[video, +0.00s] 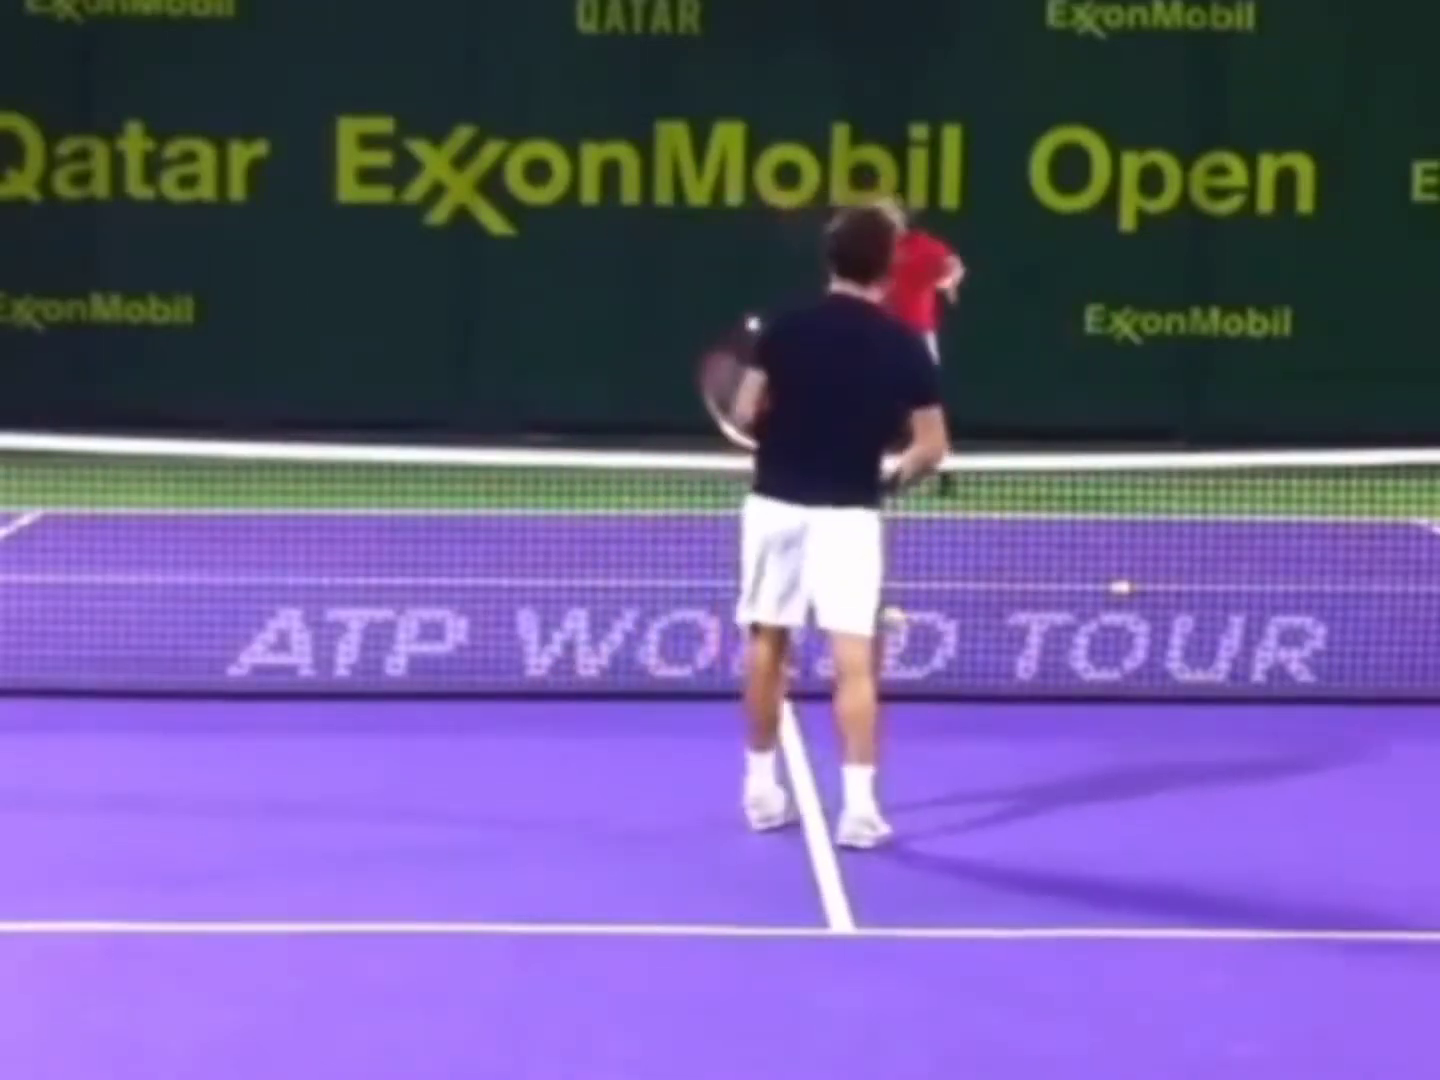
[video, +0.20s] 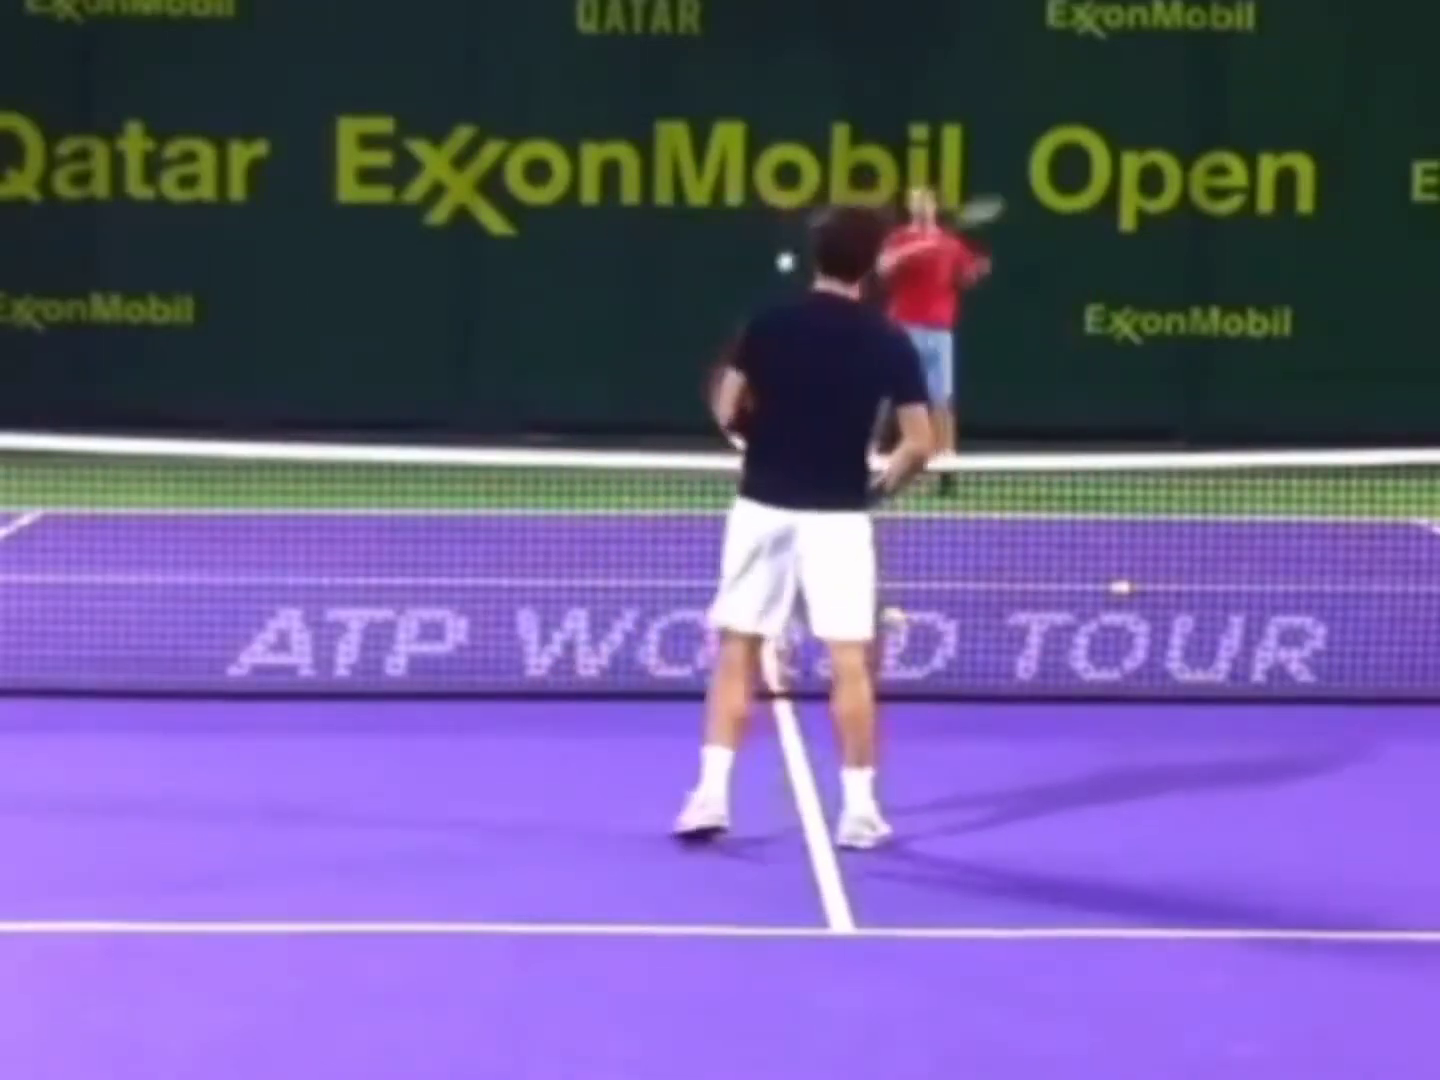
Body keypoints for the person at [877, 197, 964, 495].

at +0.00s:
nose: (885, 231)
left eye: (888, 224)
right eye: (880, 226)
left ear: (898, 223)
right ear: (876, 229)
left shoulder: (918, 245)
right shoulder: (875, 248)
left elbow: (953, 264)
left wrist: (944, 282)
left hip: (919, 332)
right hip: (882, 333)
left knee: (924, 401)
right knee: (890, 401)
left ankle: (938, 462)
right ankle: (892, 461)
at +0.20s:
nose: (923, 211)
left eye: (927, 205)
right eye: (917, 205)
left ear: (935, 208)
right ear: (909, 208)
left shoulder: (948, 242)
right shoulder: (900, 239)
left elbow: (964, 276)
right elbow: (883, 268)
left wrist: (978, 268)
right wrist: (917, 247)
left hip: (939, 325)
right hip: (905, 323)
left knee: (941, 395)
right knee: (904, 393)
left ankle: (945, 453)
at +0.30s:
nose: (929, 208)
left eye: (934, 201)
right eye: (924, 202)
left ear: (942, 206)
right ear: (915, 206)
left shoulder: (951, 243)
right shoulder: (911, 234)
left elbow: (963, 279)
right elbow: (917, 250)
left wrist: (987, 275)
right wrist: (958, 253)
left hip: (942, 326)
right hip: (909, 323)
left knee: (944, 398)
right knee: (900, 395)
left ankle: (948, 463)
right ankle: (890, 461)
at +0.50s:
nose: (941, 211)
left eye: (946, 204)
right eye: (935, 204)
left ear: (953, 209)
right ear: (928, 208)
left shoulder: (949, 244)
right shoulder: (925, 237)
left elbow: (944, 295)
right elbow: (936, 270)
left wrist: (969, 316)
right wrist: (966, 283)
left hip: (945, 328)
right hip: (918, 324)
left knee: (947, 400)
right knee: (912, 399)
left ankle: (948, 466)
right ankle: (877, 457)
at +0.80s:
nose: (941, 210)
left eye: (945, 204)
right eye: (936, 204)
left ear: (954, 208)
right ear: (928, 208)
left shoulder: (958, 243)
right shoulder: (914, 241)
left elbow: (961, 283)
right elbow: (898, 282)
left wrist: (966, 315)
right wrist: (932, 314)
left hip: (944, 333)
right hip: (910, 331)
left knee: (945, 397)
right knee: (909, 388)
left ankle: (948, 457)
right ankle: (889, 446)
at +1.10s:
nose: (907, 224)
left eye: (912, 218)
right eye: (903, 218)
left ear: (921, 222)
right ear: (896, 223)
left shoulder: (941, 257)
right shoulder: (882, 256)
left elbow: (951, 294)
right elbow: (868, 298)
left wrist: (934, 331)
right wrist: (889, 327)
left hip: (925, 343)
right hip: (889, 342)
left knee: (935, 406)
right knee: (865, 404)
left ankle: (947, 465)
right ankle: (845, 463)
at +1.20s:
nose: (899, 232)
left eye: (904, 226)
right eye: (895, 226)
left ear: (913, 230)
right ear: (888, 230)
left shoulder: (932, 265)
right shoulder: (876, 264)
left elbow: (941, 304)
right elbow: (860, 303)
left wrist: (926, 335)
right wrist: (870, 332)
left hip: (916, 349)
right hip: (879, 346)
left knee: (929, 408)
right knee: (860, 406)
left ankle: (945, 466)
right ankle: (844, 464)